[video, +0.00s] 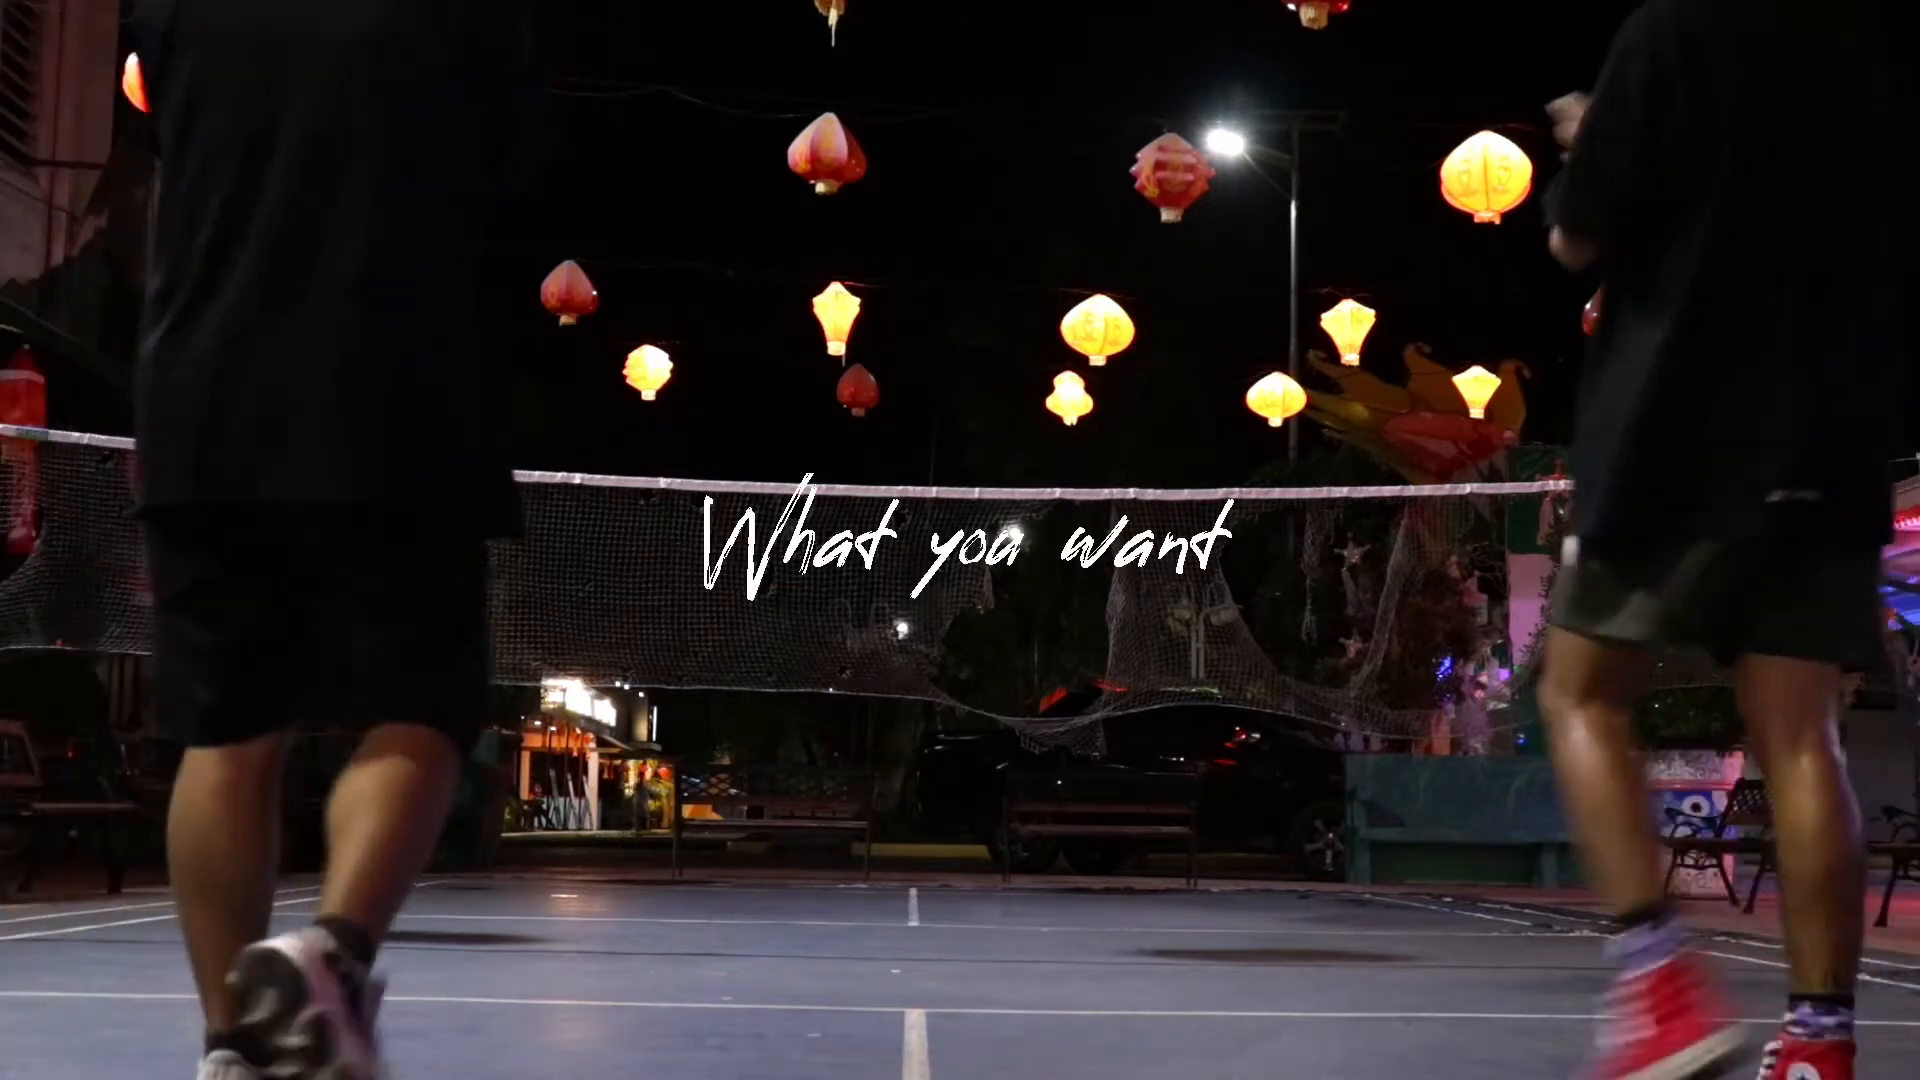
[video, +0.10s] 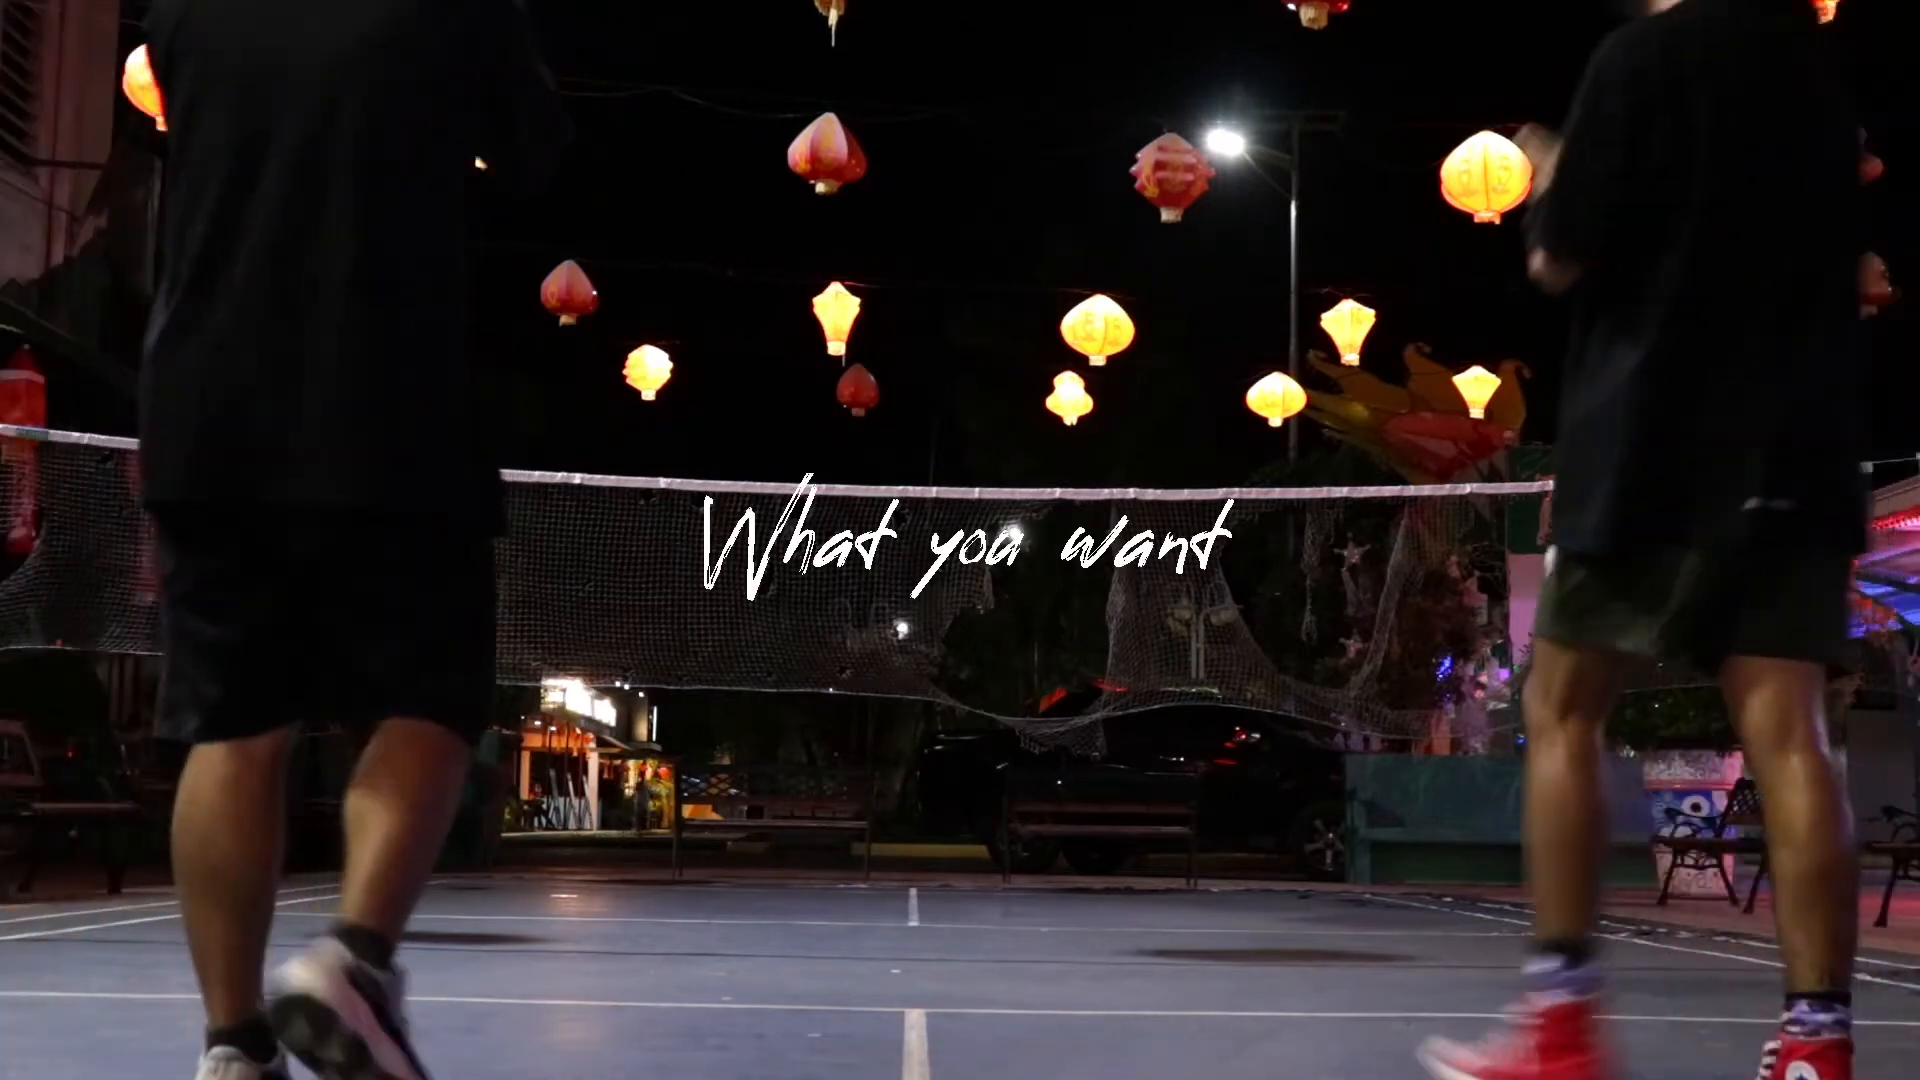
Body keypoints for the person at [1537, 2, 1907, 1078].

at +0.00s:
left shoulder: (1679, 29)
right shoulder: (1877, 49)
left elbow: (1579, 234)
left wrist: (1584, 143)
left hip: (1677, 424)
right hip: (1842, 425)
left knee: (1583, 696)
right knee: (1800, 734)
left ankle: (1656, 979)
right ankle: (1820, 1042)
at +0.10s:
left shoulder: (1643, 56)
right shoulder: (1820, 67)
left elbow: (1556, 255)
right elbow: (1835, 260)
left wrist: (1546, 167)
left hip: (1647, 457)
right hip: (1803, 454)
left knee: (1563, 711)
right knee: (1789, 731)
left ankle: (1558, 1013)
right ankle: (1818, 1042)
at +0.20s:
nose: (1579, 11)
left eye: (1587, 3)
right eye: (1584, 6)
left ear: (1620, 3)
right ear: (1704, 2)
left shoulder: (1593, 101)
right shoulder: (1765, 98)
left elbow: (1517, 307)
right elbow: (1764, 286)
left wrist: (1486, 254)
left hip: (1618, 486)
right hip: (1758, 477)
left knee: (1549, 738)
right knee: (1762, 740)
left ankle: (1469, 1003)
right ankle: (1815, 1039)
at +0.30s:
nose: (1539, 19)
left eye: (1548, 8)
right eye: (1547, 8)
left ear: (1583, 9)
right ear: (1656, 19)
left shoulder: (1558, 125)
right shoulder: (1726, 122)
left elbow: (1479, 317)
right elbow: (1754, 305)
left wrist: (1446, 302)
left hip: (1584, 501)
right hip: (1723, 490)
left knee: (1522, 749)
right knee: (1737, 743)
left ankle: (1471, 1009)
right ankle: (1811, 1033)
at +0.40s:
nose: (1472, 14)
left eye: (1484, 2)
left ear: (1518, 24)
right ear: (1593, 30)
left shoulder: (1486, 154)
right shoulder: (1659, 144)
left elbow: (1422, 349)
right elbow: (1695, 322)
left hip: (1524, 508)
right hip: (1663, 495)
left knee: (1476, 754)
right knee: (1683, 751)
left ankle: (1457, 1022)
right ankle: (1790, 1005)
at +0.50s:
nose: (1436, 40)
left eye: (1445, 24)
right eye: (1442, 24)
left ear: (1474, 39)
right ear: (1557, 42)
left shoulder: (1446, 168)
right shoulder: (1626, 154)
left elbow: (1399, 358)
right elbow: (1676, 343)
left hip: (1485, 507)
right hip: (1615, 498)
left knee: (1452, 752)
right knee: (1615, 742)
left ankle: (1458, 1022)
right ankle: (1748, 966)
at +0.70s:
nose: (1373, 49)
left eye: (1380, 32)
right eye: (1376, 32)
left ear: (1407, 45)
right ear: (1494, 47)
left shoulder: (1372, 177)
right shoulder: (1552, 163)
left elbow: (1315, 366)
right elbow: (1613, 338)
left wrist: (1383, 407)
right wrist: (1514, 382)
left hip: (1416, 503)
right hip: (1532, 493)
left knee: (1432, 749)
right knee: (1505, 732)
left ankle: (1457, 1025)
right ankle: (1596, 923)